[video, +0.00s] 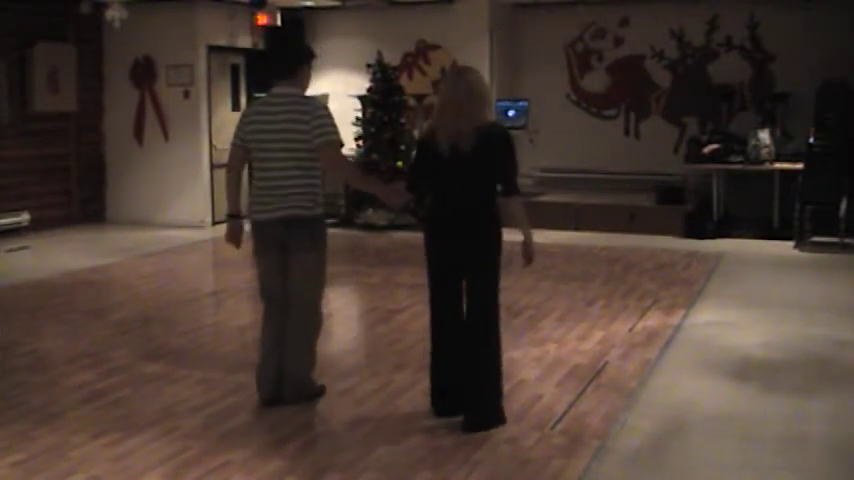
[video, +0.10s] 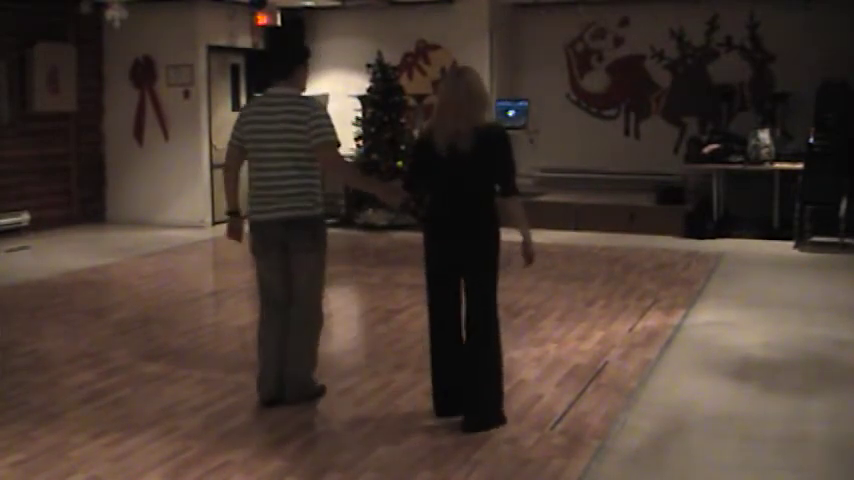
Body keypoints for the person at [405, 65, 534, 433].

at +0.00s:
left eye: (442, 90)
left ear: (443, 98)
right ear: (483, 97)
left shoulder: (431, 140)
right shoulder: (496, 137)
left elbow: (415, 193)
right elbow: (509, 195)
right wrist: (526, 235)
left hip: (441, 243)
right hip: (483, 243)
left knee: (444, 317)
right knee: (482, 320)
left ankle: (445, 399)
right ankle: (482, 409)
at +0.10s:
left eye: (441, 91)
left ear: (441, 98)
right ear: (481, 97)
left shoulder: (428, 140)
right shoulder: (493, 137)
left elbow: (410, 193)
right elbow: (507, 195)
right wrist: (526, 235)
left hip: (439, 243)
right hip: (482, 243)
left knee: (443, 318)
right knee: (482, 319)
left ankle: (447, 400)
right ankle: (483, 409)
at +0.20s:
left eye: (440, 92)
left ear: (439, 99)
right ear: (478, 98)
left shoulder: (426, 142)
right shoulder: (491, 139)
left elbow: (412, 193)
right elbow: (503, 197)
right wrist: (519, 238)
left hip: (437, 244)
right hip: (479, 243)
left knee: (442, 320)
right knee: (483, 321)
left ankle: (448, 400)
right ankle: (484, 406)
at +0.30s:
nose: (477, 105)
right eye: (475, 98)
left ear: (437, 101)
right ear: (475, 101)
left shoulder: (422, 144)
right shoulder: (486, 141)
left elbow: (407, 194)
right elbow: (498, 198)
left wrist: (428, 218)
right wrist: (510, 240)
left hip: (434, 244)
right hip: (475, 243)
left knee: (439, 319)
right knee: (486, 316)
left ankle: (446, 400)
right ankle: (484, 399)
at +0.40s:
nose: (474, 103)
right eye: (472, 96)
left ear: (436, 100)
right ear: (473, 100)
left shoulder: (423, 142)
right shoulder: (483, 139)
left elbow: (408, 192)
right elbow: (492, 196)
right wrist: (501, 241)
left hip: (435, 243)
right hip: (474, 240)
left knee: (439, 320)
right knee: (485, 316)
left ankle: (444, 400)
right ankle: (483, 393)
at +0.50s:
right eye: (472, 95)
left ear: (436, 100)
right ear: (473, 99)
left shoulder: (423, 141)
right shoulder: (484, 138)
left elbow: (410, 192)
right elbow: (491, 197)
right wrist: (499, 242)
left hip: (434, 242)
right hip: (474, 239)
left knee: (439, 318)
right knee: (483, 313)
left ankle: (443, 397)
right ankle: (487, 392)